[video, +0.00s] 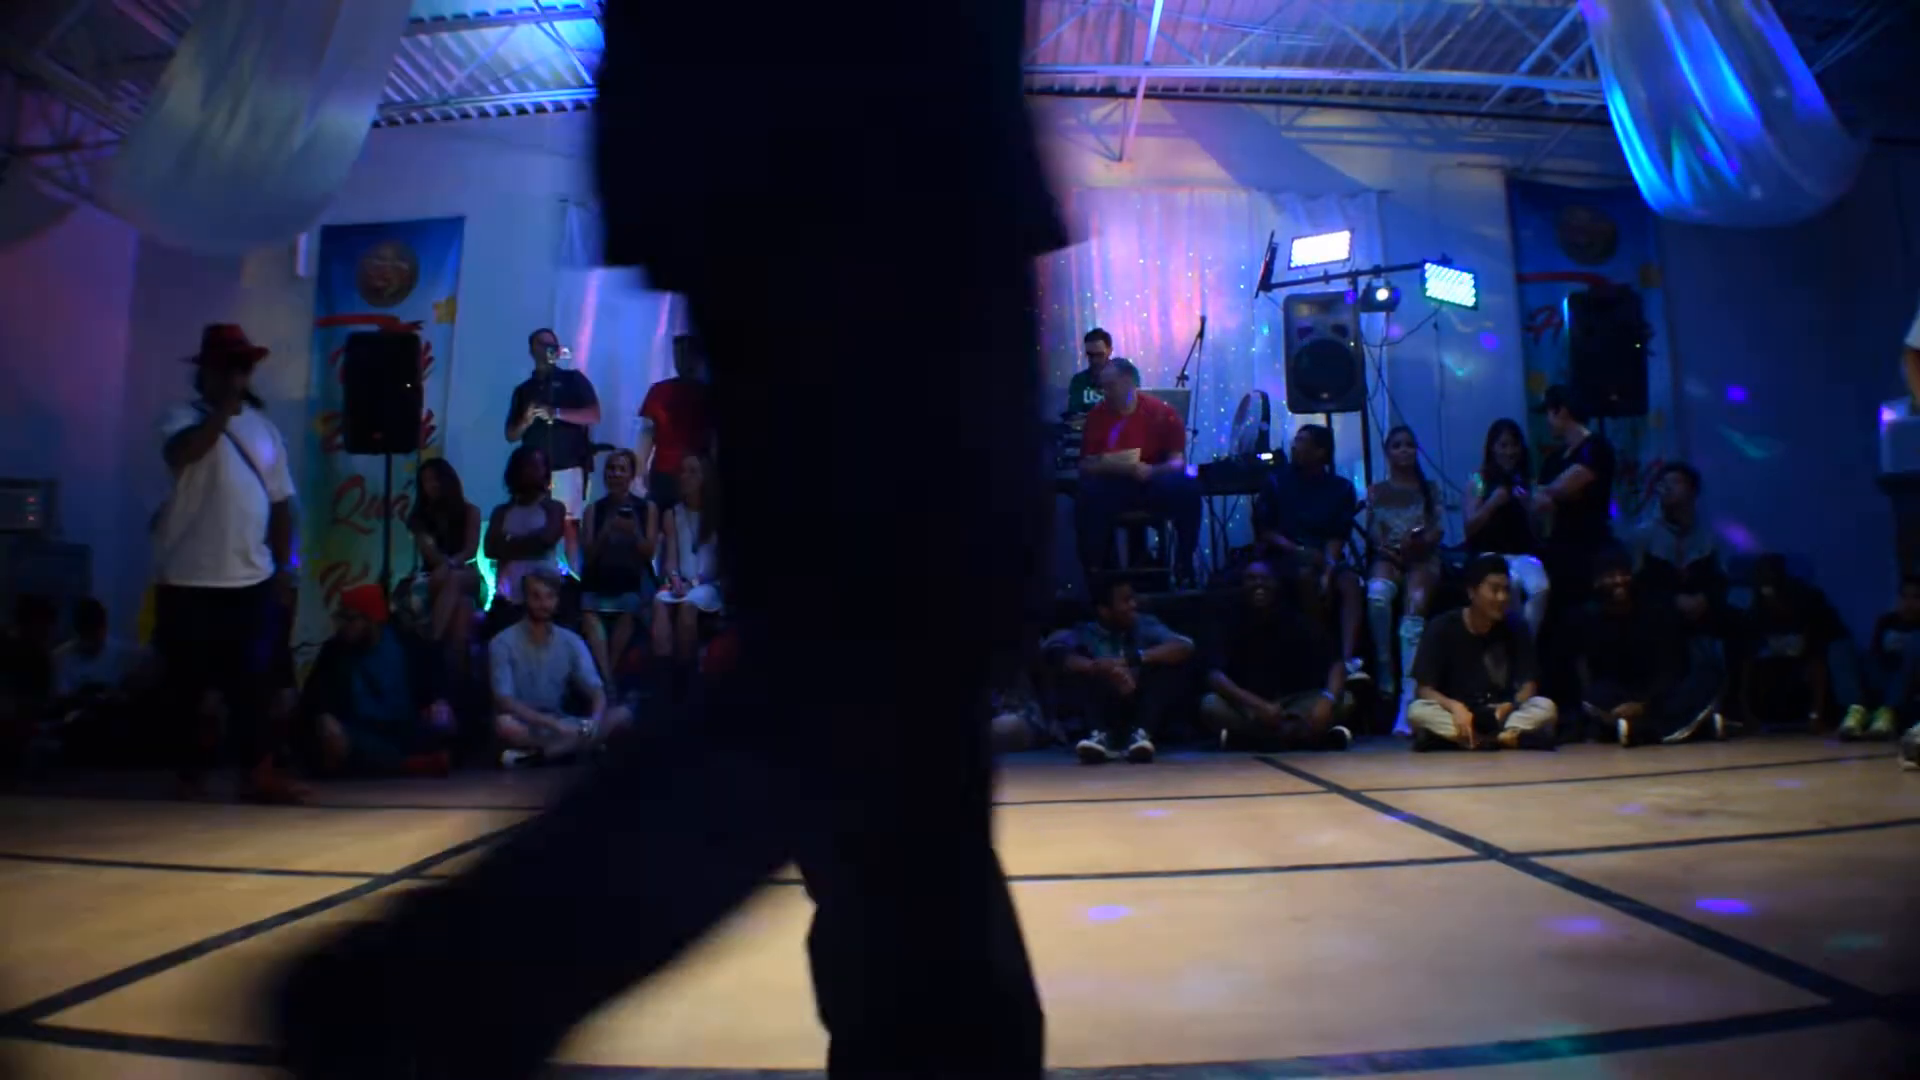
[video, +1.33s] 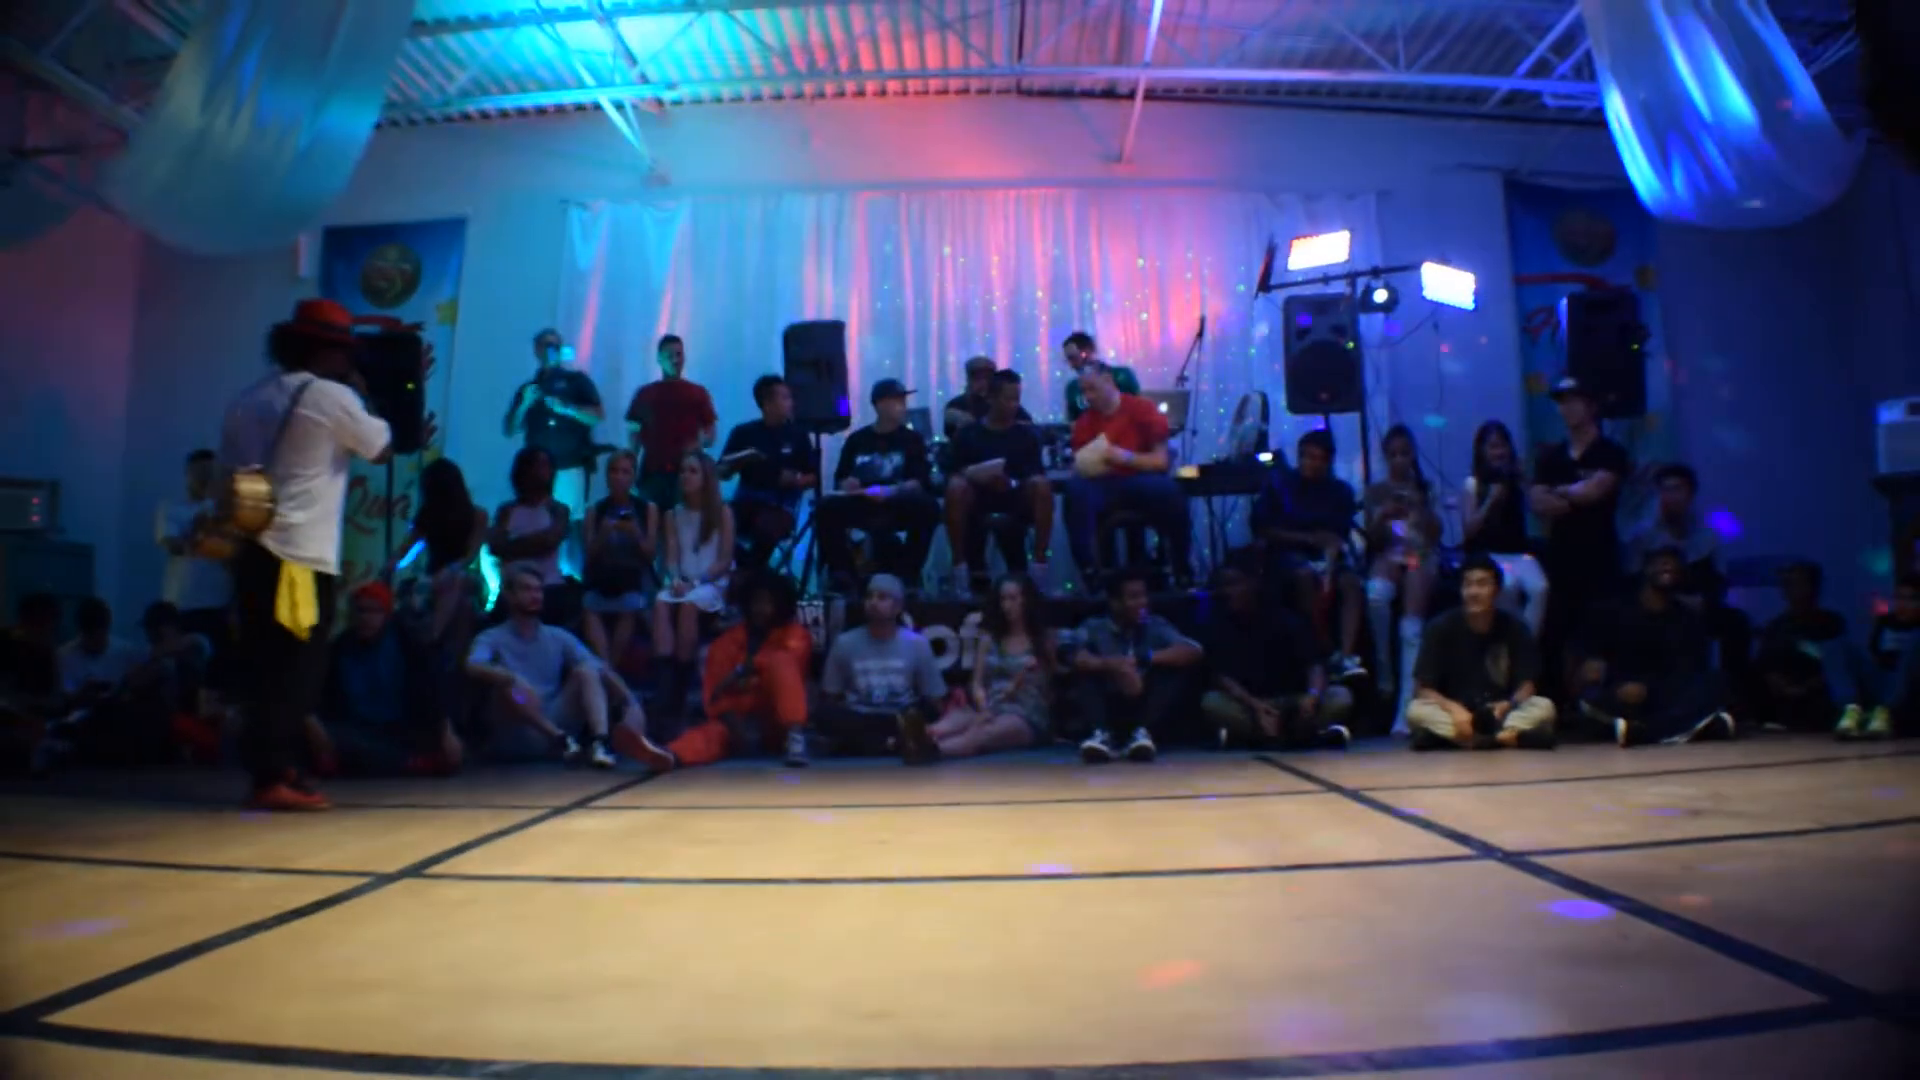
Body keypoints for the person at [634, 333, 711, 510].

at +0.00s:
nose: (684, 360)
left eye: (689, 353)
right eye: (680, 353)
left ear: (700, 357)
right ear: (674, 357)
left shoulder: (709, 391)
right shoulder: (660, 391)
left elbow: (714, 436)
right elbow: (647, 434)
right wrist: (640, 473)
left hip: (700, 475)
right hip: (665, 473)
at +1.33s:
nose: (674, 360)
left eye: (678, 355)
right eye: (668, 356)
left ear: (684, 358)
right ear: (659, 359)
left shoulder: (698, 394)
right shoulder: (645, 394)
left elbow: (709, 433)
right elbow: (633, 434)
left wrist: (692, 448)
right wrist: (630, 472)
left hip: (686, 472)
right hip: (653, 469)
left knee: (683, 528)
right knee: (650, 528)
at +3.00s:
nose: (657, 360)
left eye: (663, 354)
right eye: (655, 356)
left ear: (679, 356)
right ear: (653, 360)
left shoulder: (699, 393)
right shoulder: (645, 393)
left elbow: (710, 431)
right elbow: (634, 433)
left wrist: (704, 466)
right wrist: (628, 470)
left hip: (687, 476)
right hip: (652, 474)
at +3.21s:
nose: (656, 361)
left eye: (661, 355)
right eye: (655, 356)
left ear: (679, 356)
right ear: (653, 360)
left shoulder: (699, 393)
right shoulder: (645, 392)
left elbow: (711, 435)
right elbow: (634, 434)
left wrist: (715, 473)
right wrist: (628, 471)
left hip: (687, 478)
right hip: (651, 475)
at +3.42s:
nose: (659, 363)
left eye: (664, 357)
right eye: (658, 358)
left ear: (681, 357)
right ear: (656, 361)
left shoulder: (701, 393)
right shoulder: (648, 394)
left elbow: (713, 435)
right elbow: (638, 434)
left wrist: (719, 472)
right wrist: (631, 470)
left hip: (690, 478)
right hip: (654, 476)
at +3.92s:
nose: (674, 359)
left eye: (679, 353)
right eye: (668, 354)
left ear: (686, 358)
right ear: (661, 359)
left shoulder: (702, 393)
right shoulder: (648, 393)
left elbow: (710, 436)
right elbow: (638, 435)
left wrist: (709, 473)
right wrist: (631, 471)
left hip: (690, 476)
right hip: (655, 474)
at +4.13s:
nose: (674, 359)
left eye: (680, 353)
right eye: (668, 354)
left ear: (687, 358)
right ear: (661, 359)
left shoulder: (701, 392)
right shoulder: (648, 393)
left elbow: (711, 436)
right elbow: (637, 435)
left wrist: (712, 474)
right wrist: (627, 470)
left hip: (690, 477)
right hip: (655, 475)